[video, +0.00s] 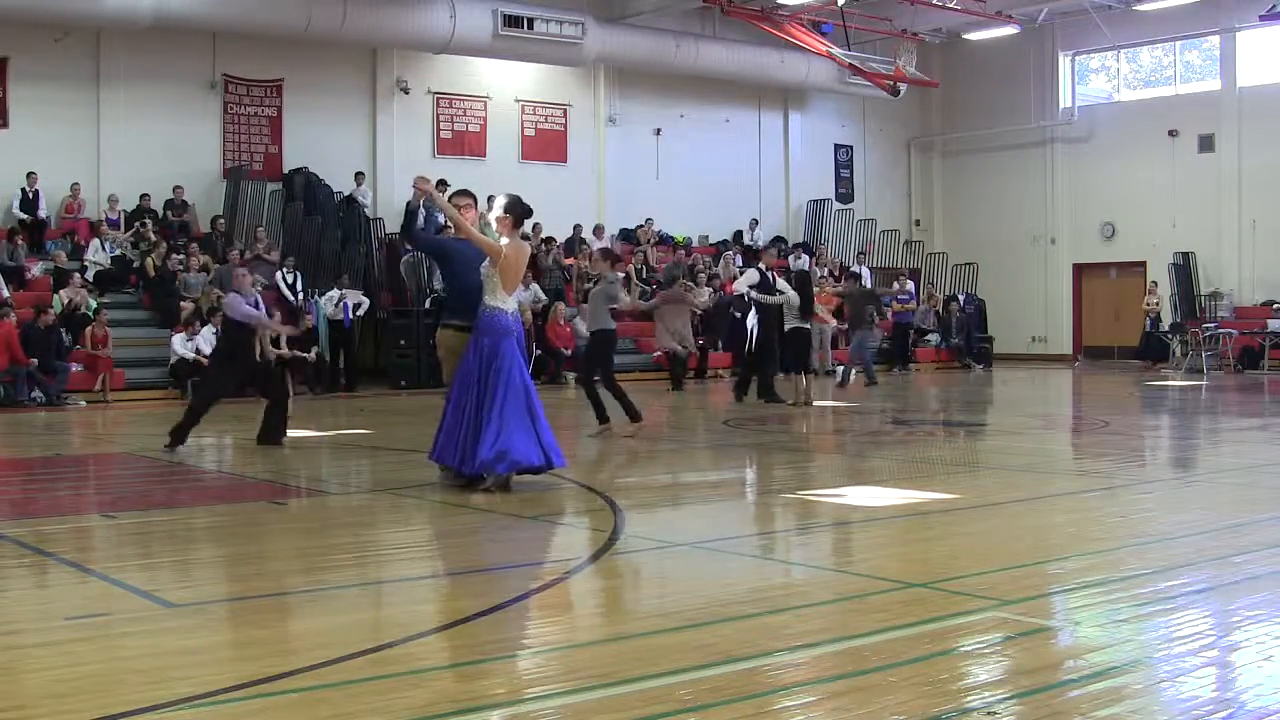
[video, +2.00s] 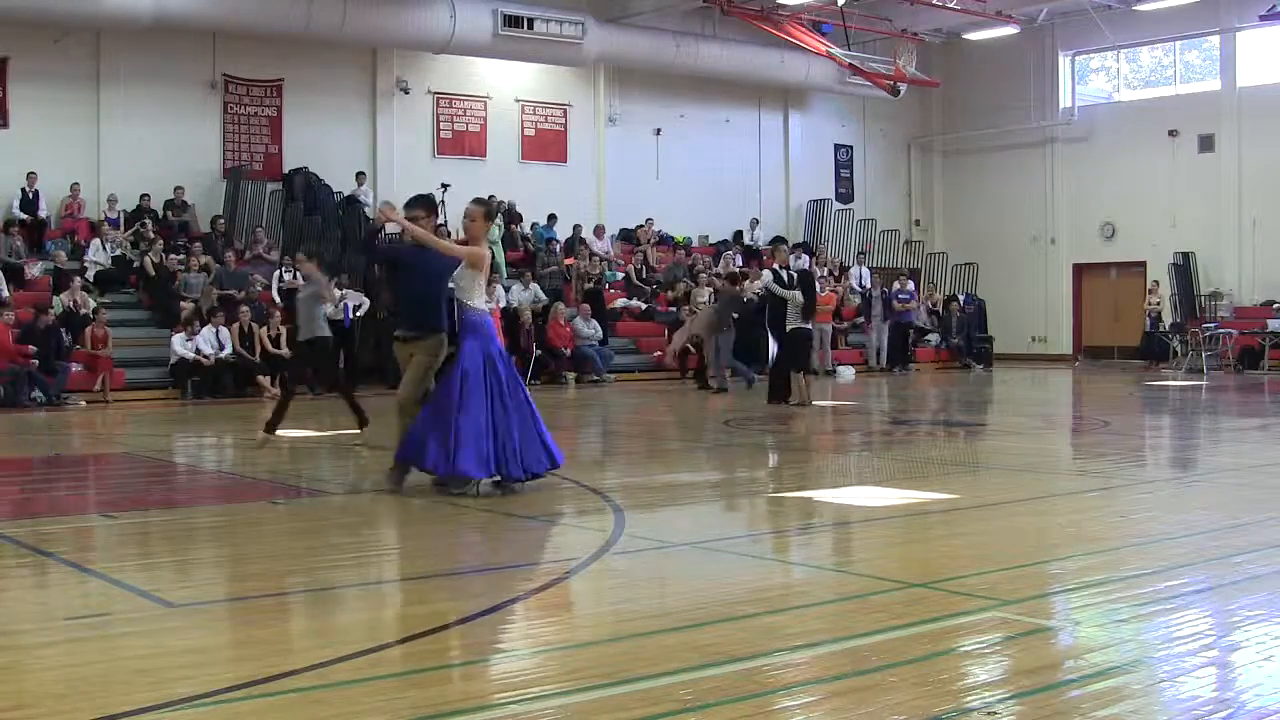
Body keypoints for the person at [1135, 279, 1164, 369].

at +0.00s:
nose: (1151, 289)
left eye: (1153, 287)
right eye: (1150, 287)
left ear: (1156, 288)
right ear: (1148, 288)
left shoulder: (1160, 297)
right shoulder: (1147, 297)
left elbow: (1159, 308)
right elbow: (1143, 307)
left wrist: (1148, 309)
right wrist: (1153, 308)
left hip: (1156, 317)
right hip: (1148, 318)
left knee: (1156, 337)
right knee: (1147, 337)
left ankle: (1154, 359)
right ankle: (1146, 360)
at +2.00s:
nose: (1153, 287)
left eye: (1154, 286)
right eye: (1152, 286)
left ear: (1158, 287)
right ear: (1151, 287)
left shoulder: (1160, 296)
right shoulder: (1148, 296)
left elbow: (1161, 308)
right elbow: (1145, 306)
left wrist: (1150, 309)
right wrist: (1156, 307)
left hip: (1157, 318)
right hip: (1149, 318)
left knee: (1156, 338)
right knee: (1149, 337)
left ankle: (1156, 360)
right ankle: (1150, 360)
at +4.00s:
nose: (1151, 288)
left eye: (1153, 286)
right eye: (1150, 286)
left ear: (1157, 287)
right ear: (1149, 287)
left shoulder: (1159, 296)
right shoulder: (1147, 296)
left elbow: (1160, 308)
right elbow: (1143, 306)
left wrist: (1149, 308)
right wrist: (1153, 307)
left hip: (1156, 318)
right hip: (1148, 318)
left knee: (1156, 338)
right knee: (1148, 337)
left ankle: (1156, 361)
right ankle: (1149, 360)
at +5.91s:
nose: (1151, 288)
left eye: (1153, 286)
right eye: (1150, 286)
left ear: (1157, 287)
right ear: (1149, 287)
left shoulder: (1160, 297)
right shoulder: (1147, 297)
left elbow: (1160, 308)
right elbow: (1144, 306)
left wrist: (1149, 308)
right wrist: (1155, 307)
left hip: (1157, 318)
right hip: (1149, 318)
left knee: (1156, 339)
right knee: (1147, 338)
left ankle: (1155, 361)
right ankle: (1148, 361)